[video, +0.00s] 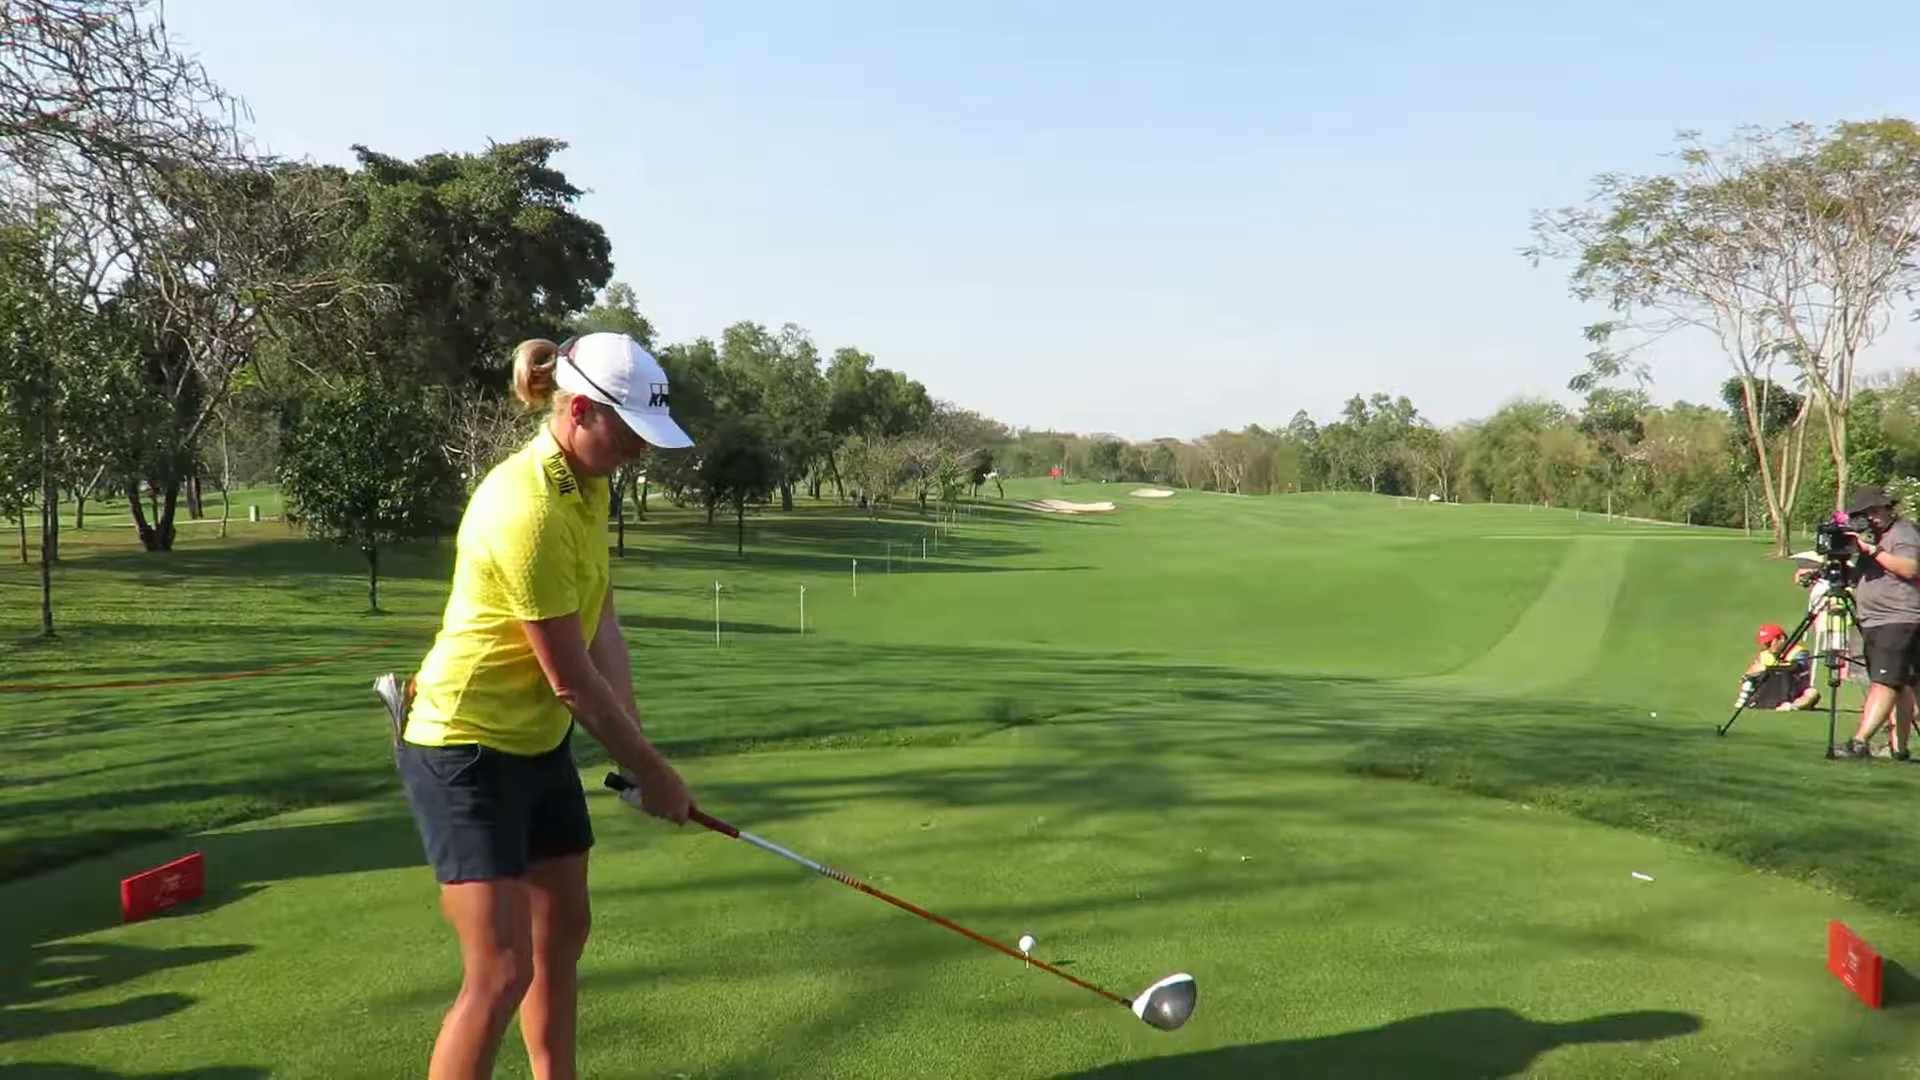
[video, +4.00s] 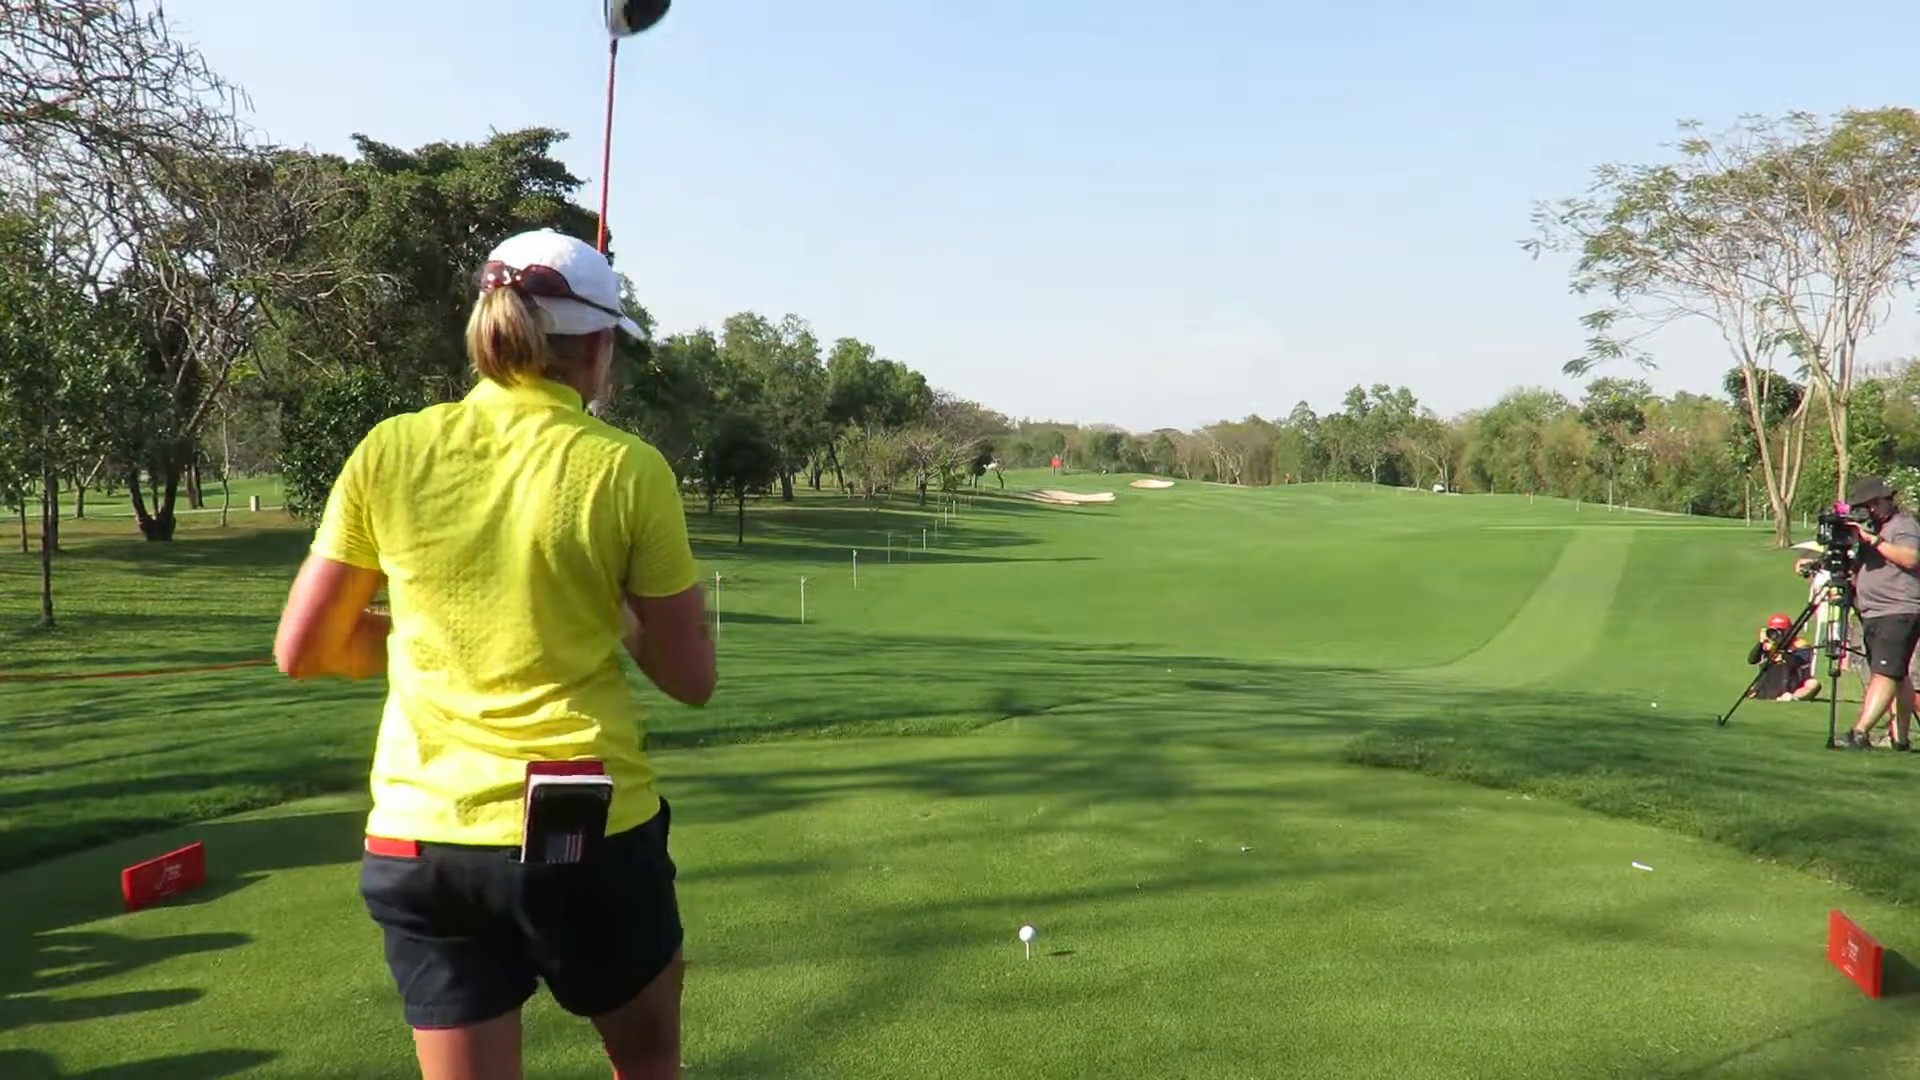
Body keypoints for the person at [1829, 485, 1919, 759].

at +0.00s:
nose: (1870, 520)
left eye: (1874, 513)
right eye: (1865, 516)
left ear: (1887, 509)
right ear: (1862, 519)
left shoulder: (1902, 532)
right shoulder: (1873, 538)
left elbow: (1910, 569)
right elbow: (1861, 575)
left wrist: (1872, 551)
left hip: (1898, 620)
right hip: (1875, 621)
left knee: (1884, 681)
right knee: (1899, 687)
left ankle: (1859, 740)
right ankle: (1899, 747)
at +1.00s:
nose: (1869, 511)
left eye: (1873, 504)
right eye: (1865, 507)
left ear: (1888, 502)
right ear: (1863, 508)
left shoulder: (1903, 527)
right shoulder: (1873, 531)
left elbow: (1909, 562)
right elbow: (1859, 568)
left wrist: (1873, 544)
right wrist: (1844, 548)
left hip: (1898, 612)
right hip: (1873, 613)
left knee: (1883, 673)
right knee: (1893, 678)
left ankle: (1858, 732)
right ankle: (1898, 739)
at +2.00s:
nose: (1867, 506)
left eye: (1871, 499)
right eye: (1863, 501)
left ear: (1885, 496)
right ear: (1864, 502)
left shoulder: (1901, 519)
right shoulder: (1874, 523)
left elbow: (1908, 555)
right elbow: (1866, 562)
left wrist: (1872, 537)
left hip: (1897, 605)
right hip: (1874, 606)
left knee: (1883, 667)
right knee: (1892, 671)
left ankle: (1857, 726)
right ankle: (1898, 731)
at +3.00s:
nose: (1869, 508)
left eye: (1872, 501)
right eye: (1864, 504)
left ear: (1886, 497)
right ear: (1863, 506)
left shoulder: (1902, 521)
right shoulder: (1873, 525)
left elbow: (1909, 556)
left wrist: (1872, 538)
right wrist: (1845, 535)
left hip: (1898, 607)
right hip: (1873, 608)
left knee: (1883, 668)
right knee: (1892, 672)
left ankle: (1858, 728)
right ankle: (1898, 734)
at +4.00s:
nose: (1870, 511)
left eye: (1874, 504)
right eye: (1865, 507)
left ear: (1889, 500)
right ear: (1863, 509)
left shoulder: (1903, 524)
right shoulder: (1874, 530)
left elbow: (1911, 559)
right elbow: (1863, 572)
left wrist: (1873, 541)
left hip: (1899, 611)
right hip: (1875, 613)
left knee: (1885, 671)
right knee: (1896, 677)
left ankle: (1859, 731)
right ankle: (1900, 738)